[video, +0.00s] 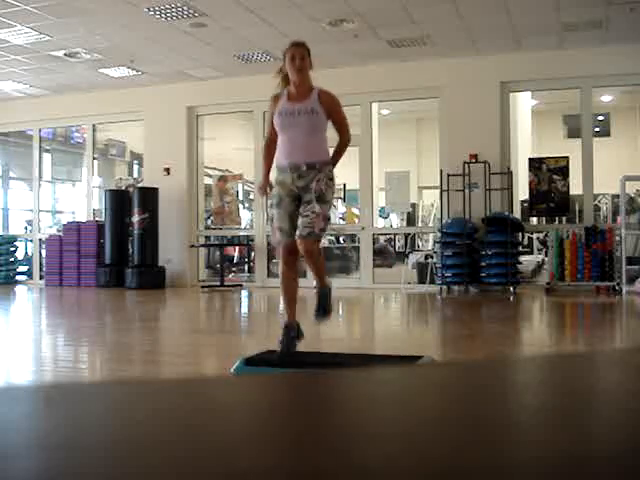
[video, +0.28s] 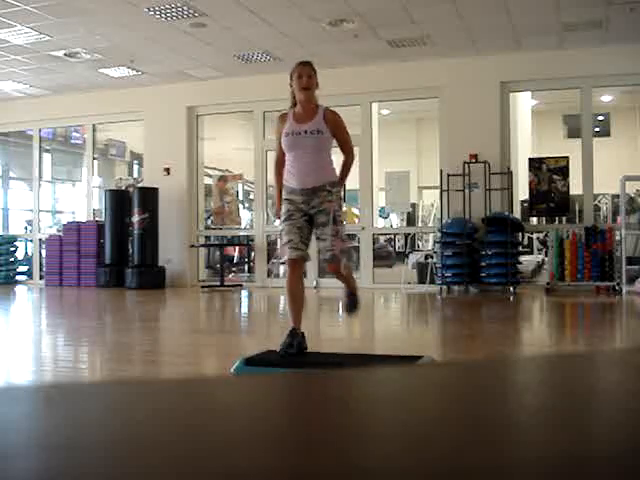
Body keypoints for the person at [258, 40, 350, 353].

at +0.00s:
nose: (298, 62)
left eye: (302, 57)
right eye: (292, 58)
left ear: (310, 63)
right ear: (284, 65)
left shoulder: (325, 98)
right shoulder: (279, 101)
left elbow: (345, 136)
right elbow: (271, 140)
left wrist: (331, 165)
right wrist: (265, 176)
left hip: (318, 174)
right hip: (284, 176)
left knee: (307, 242)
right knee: (287, 251)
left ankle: (323, 287)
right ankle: (290, 323)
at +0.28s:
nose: (305, 81)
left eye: (309, 76)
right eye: (300, 77)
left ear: (317, 82)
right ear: (292, 83)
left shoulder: (329, 117)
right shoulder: (283, 121)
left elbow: (349, 153)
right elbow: (280, 160)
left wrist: (339, 185)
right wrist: (279, 197)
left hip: (325, 194)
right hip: (292, 196)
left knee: (331, 263)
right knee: (293, 262)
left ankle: (351, 287)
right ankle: (296, 331)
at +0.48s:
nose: (307, 100)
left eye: (312, 95)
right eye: (303, 96)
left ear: (320, 100)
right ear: (297, 101)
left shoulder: (335, 132)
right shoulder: (293, 136)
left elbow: (357, 167)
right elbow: (292, 171)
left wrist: (363, 200)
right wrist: (293, 203)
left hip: (336, 205)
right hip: (305, 207)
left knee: (351, 269)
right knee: (300, 265)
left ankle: (372, 322)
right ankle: (296, 331)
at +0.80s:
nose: (309, 116)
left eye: (313, 112)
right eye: (305, 113)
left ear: (321, 115)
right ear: (298, 117)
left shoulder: (330, 143)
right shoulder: (301, 148)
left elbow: (339, 183)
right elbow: (297, 181)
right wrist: (268, 199)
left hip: (341, 213)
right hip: (315, 215)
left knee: (356, 275)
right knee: (296, 265)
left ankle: (373, 334)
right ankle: (313, 319)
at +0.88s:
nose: (305, 118)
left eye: (309, 113)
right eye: (300, 114)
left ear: (317, 117)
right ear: (294, 119)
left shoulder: (325, 145)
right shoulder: (298, 150)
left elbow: (328, 187)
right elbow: (291, 183)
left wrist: (300, 198)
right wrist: (259, 195)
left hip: (337, 214)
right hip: (313, 215)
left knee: (351, 275)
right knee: (296, 272)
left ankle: (372, 332)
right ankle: (312, 320)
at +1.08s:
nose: (285, 140)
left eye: (289, 135)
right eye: (283, 135)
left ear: (300, 137)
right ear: (283, 138)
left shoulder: (306, 165)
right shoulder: (288, 165)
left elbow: (294, 204)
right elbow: (283, 201)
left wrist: (257, 222)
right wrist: (261, 220)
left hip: (317, 234)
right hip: (299, 237)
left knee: (337, 290)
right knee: (295, 290)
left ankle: (374, 336)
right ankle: (315, 335)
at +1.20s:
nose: (262, 130)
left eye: (266, 126)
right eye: (263, 126)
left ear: (279, 129)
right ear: (276, 130)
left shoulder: (285, 157)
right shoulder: (273, 156)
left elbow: (267, 197)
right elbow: (261, 195)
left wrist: (250, 235)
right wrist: (250, 230)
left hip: (293, 221)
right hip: (282, 222)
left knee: (289, 281)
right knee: (288, 281)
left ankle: (328, 328)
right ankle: (312, 330)